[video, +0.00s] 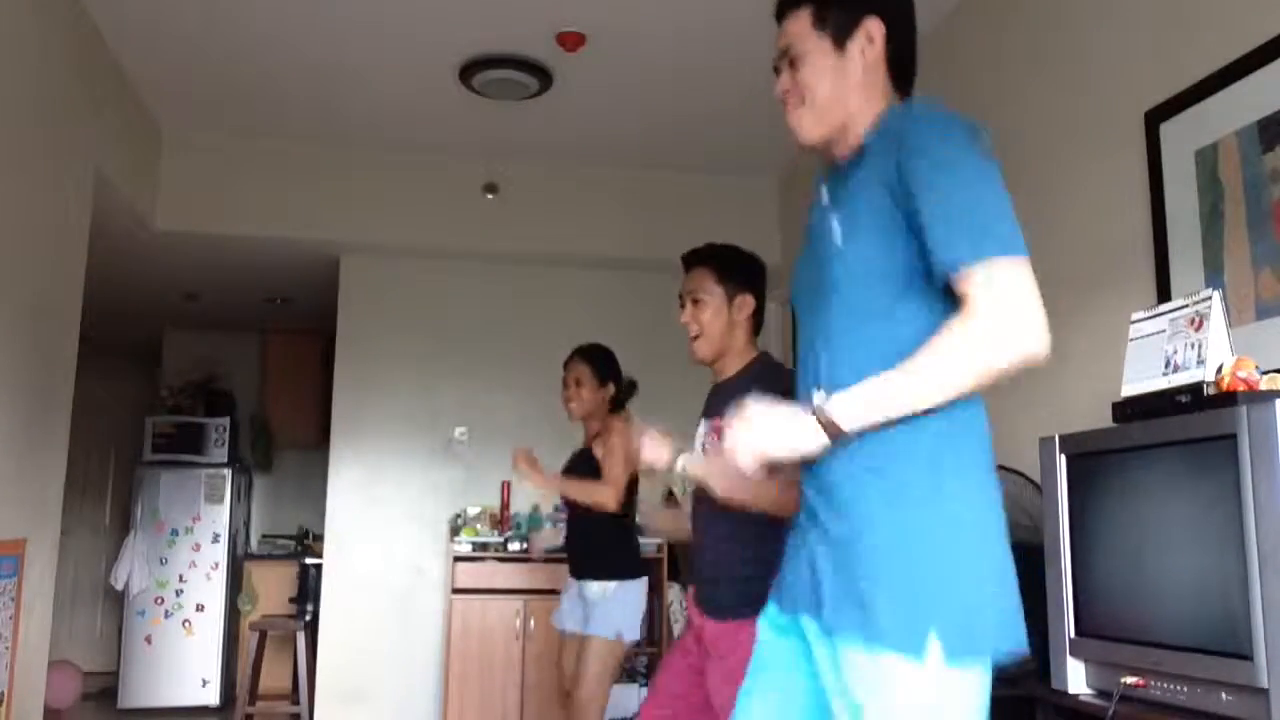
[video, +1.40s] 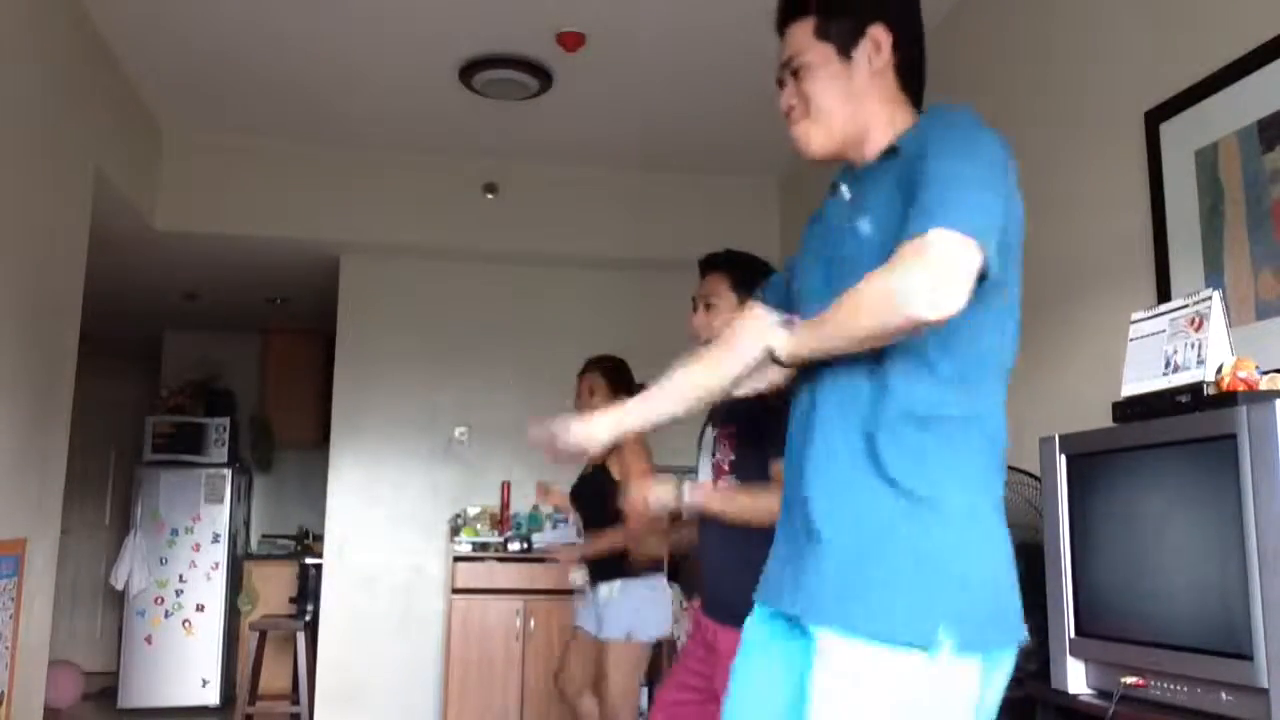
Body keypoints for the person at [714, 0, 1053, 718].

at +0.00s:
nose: (779, 84)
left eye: (792, 59)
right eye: (778, 67)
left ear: (867, 44)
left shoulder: (925, 139)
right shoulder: (831, 199)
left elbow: (1013, 322)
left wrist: (827, 422)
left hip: (914, 590)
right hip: (811, 584)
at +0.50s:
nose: (760, 74)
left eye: (772, 47)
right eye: (759, 55)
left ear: (847, 35)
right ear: (840, 39)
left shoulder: (902, 119)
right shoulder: (812, 178)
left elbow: (1011, 299)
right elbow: (861, 398)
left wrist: (870, 462)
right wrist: (762, 466)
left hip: (915, 579)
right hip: (815, 575)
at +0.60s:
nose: (757, 113)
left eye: (773, 87)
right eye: (757, 94)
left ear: (848, 78)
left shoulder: (914, 185)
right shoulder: (816, 228)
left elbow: (997, 388)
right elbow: (860, 430)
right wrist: (746, 448)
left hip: (936, 627)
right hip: (817, 619)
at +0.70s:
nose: (754, 139)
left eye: (770, 112)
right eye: (757, 119)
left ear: (844, 104)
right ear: (842, 108)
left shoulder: (915, 232)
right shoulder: (822, 262)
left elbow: (1010, 448)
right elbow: (877, 461)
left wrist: (907, 600)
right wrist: (780, 498)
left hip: (946, 636)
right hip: (839, 625)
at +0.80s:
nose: (758, 115)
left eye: (773, 85)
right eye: (759, 92)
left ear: (847, 70)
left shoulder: (933, 196)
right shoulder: (820, 228)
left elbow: (1021, 405)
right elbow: (837, 425)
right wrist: (770, 517)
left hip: (933, 656)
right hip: (823, 635)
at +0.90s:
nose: (760, 76)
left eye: (772, 47)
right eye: (758, 57)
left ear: (846, 28)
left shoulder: (910, 117)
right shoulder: (821, 181)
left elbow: (1007, 294)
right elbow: (840, 414)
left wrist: (798, 373)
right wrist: (717, 420)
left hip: (915, 597)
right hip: (811, 588)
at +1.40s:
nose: (783, 99)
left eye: (796, 72)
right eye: (781, 82)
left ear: (875, 51)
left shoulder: (954, 143)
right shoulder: (831, 221)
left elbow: (929, 286)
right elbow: (746, 346)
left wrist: (789, 347)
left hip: (918, 601)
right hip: (799, 590)